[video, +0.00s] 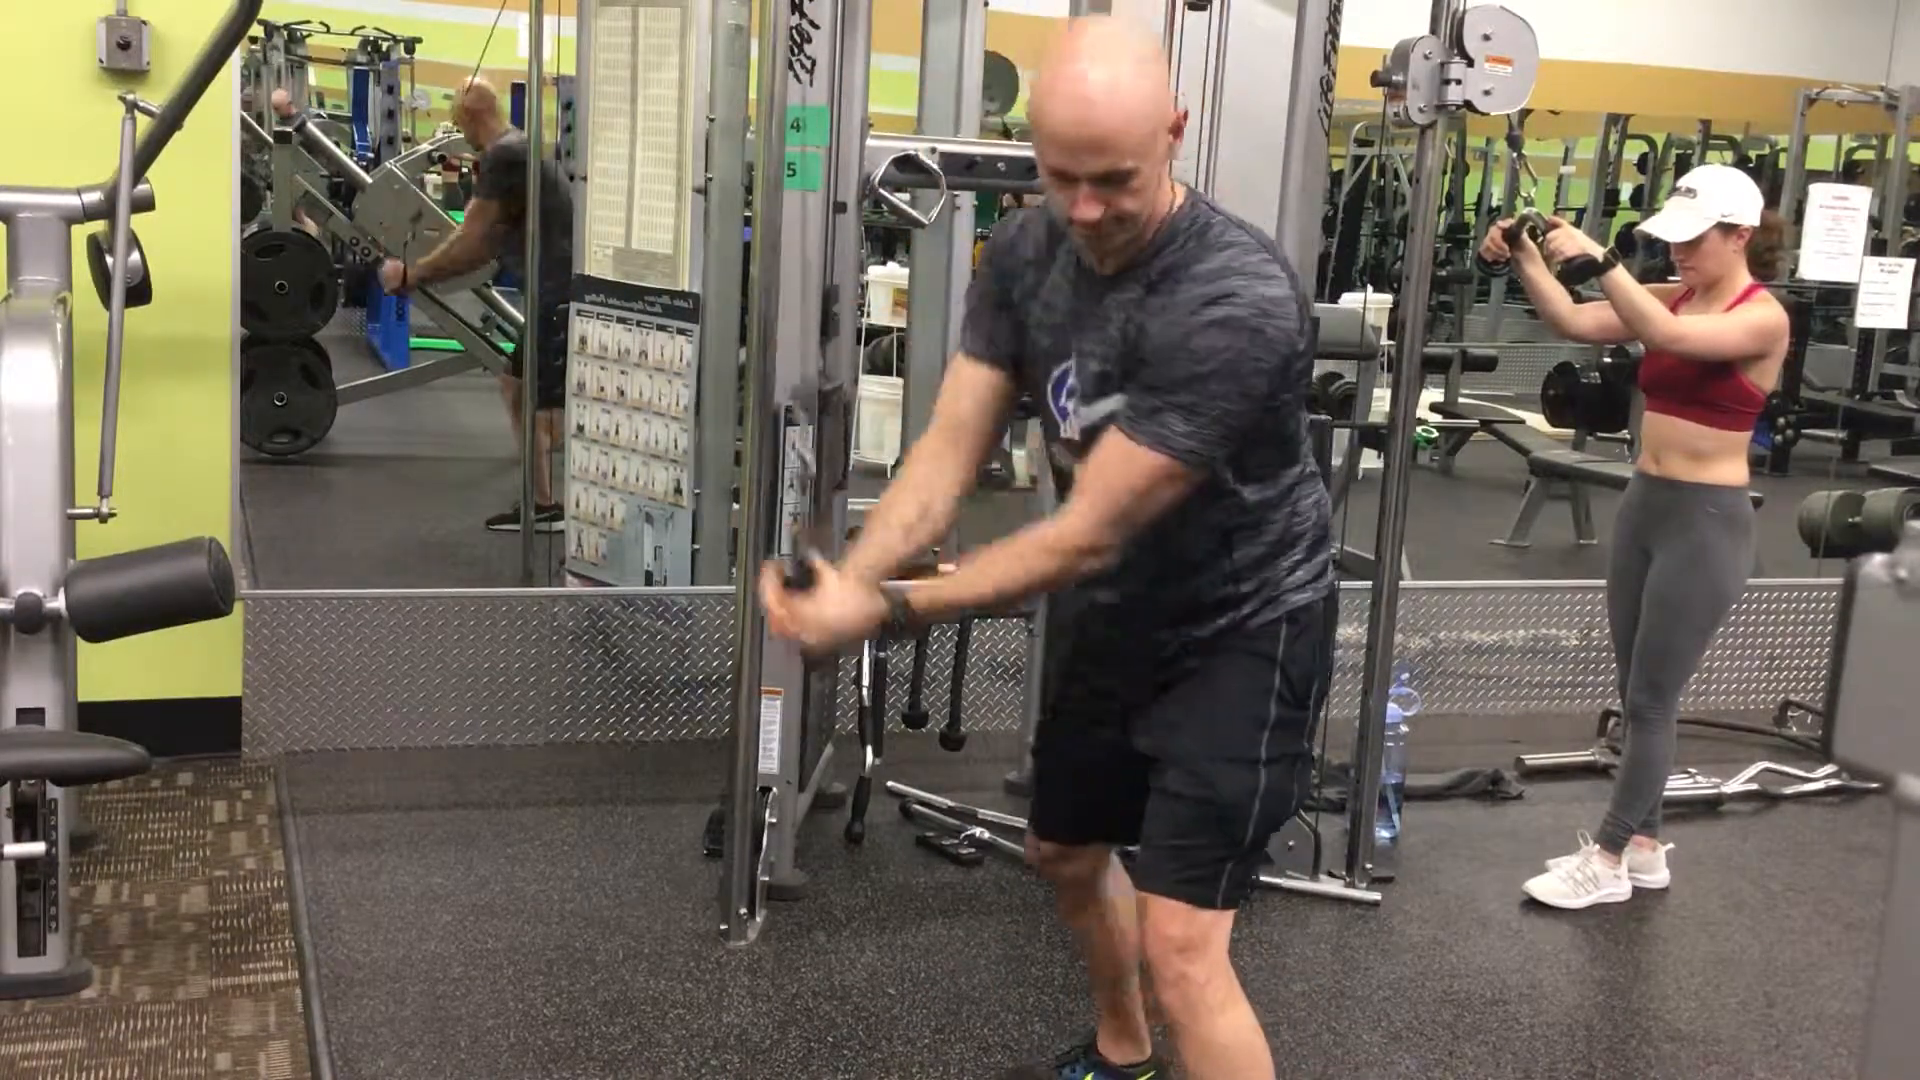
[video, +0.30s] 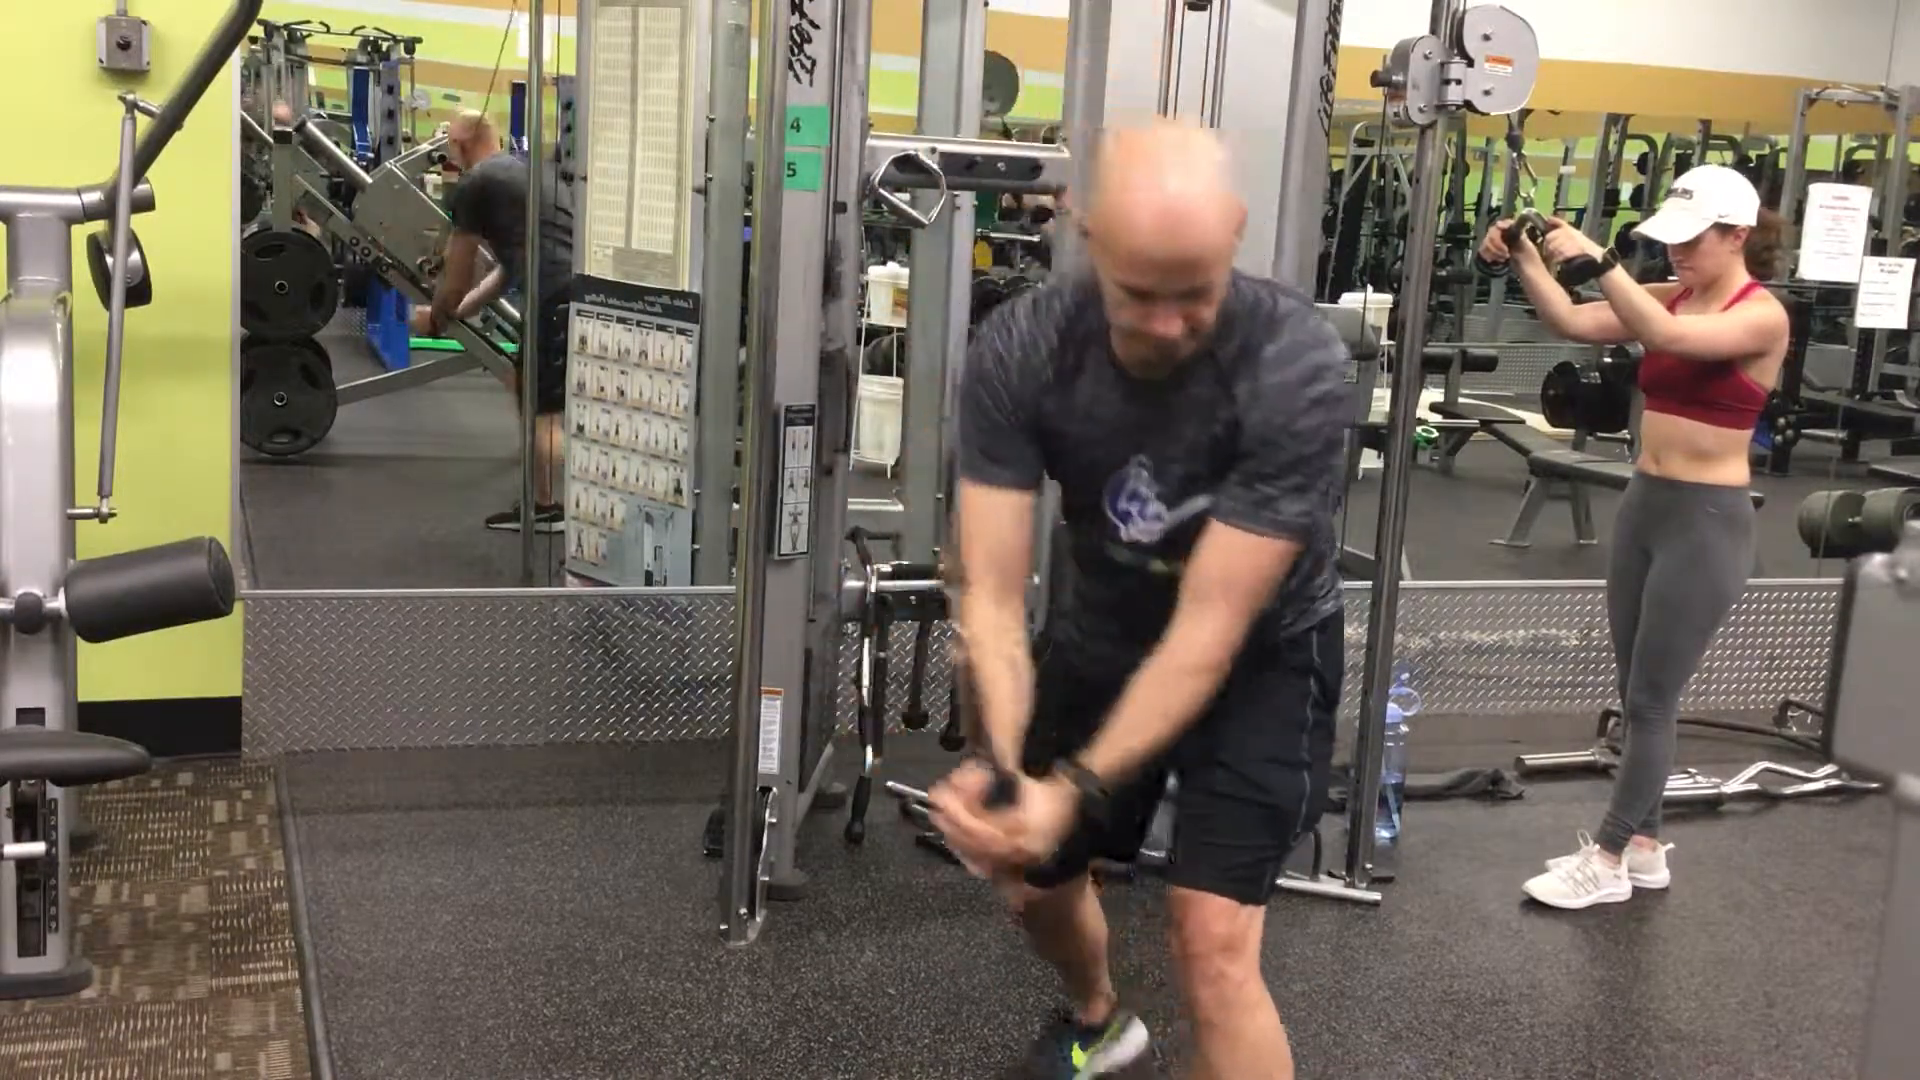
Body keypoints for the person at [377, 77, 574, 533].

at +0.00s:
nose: (456, 123)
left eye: (457, 115)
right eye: (456, 115)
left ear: (471, 113)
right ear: (493, 109)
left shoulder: (502, 155)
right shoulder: (521, 150)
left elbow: (473, 241)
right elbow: (485, 246)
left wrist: (413, 272)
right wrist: (423, 272)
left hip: (559, 292)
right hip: (566, 287)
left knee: (522, 386)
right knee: (518, 382)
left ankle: (544, 500)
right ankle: (545, 497)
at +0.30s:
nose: (450, 156)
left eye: (452, 147)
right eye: (450, 148)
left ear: (463, 144)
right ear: (493, 139)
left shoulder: (474, 184)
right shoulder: (530, 170)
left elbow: (456, 283)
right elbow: (509, 265)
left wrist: (434, 318)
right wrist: (457, 310)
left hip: (556, 295)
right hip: (591, 283)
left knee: (541, 409)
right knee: (523, 380)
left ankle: (544, 503)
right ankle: (545, 497)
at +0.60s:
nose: (466, 192)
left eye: (466, 184)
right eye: (465, 184)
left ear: (475, 183)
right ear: (506, 173)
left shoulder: (472, 226)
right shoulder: (552, 206)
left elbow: (476, 305)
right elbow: (577, 260)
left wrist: (485, 357)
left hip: (535, 320)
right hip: (581, 312)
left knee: (542, 427)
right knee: (554, 421)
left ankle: (561, 507)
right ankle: (541, 502)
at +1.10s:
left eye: (472, 217)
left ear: (471, 217)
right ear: (509, 207)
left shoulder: (465, 250)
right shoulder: (544, 226)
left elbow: (479, 334)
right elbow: (572, 273)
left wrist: (498, 380)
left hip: (525, 323)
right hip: (578, 314)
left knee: (543, 438)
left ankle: (575, 513)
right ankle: (541, 501)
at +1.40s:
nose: (468, 222)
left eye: (467, 216)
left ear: (470, 217)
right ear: (508, 207)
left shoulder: (464, 250)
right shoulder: (543, 226)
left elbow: (476, 335)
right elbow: (573, 273)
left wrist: (496, 383)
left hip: (526, 325)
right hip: (579, 315)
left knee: (543, 438)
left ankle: (577, 515)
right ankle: (540, 501)